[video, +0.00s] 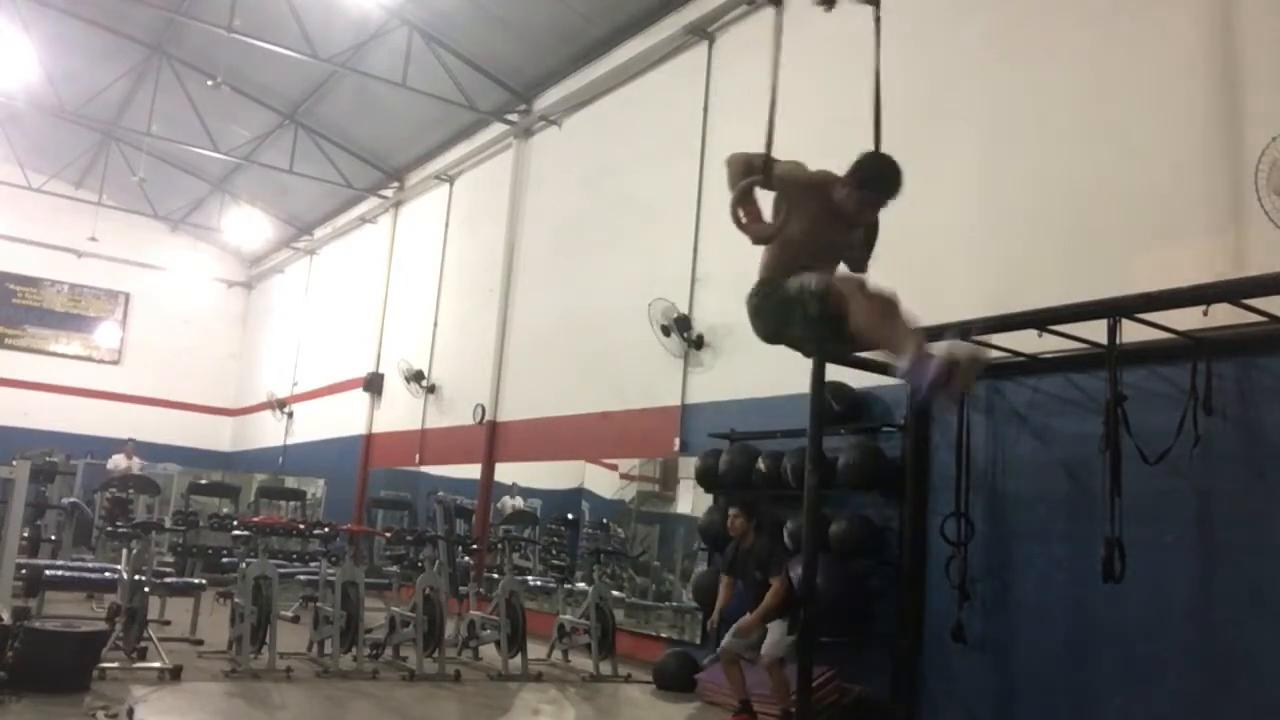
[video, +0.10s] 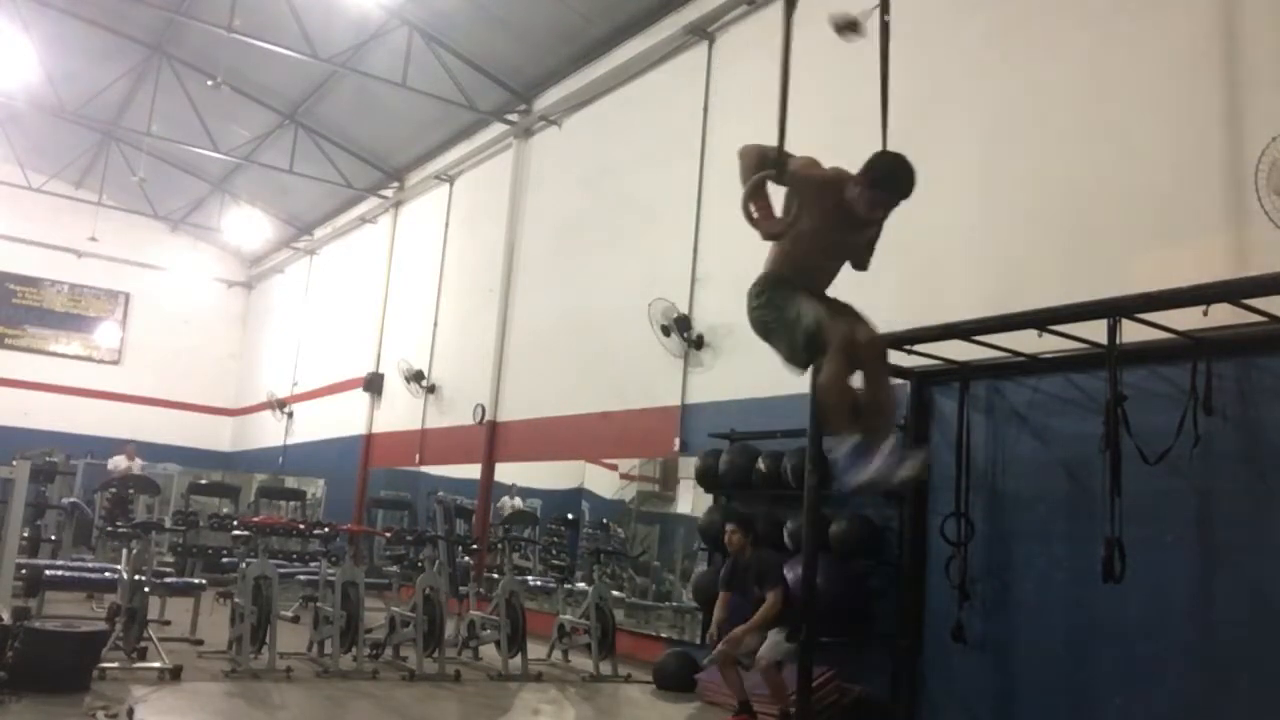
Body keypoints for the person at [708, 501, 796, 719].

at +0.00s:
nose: (730, 523)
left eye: (736, 518)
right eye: (729, 518)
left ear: (750, 521)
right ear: (728, 521)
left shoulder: (768, 545)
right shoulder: (733, 549)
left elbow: (780, 586)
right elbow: (726, 583)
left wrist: (755, 619)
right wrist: (716, 612)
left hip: (781, 611)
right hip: (754, 610)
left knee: (770, 659)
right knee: (727, 652)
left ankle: (785, 712)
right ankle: (745, 708)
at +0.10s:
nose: (727, 539)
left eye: (733, 534)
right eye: (726, 534)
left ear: (747, 537)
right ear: (724, 536)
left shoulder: (765, 559)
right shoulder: (731, 564)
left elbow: (775, 601)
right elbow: (723, 599)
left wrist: (743, 631)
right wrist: (714, 624)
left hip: (784, 622)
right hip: (758, 624)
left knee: (764, 663)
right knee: (723, 655)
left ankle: (785, 712)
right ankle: (745, 708)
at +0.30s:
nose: (725, 569)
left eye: (731, 563)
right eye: (724, 563)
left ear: (745, 565)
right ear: (722, 565)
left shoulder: (762, 587)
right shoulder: (732, 590)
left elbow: (764, 631)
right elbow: (719, 624)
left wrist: (726, 648)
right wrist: (710, 647)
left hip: (786, 644)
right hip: (759, 645)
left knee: (757, 668)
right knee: (715, 657)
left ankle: (783, 714)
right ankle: (744, 709)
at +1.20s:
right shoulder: (739, 603)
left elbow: (767, 646)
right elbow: (723, 633)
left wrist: (722, 658)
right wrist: (712, 652)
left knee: (758, 670)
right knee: (714, 662)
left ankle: (781, 713)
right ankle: (744, 709)